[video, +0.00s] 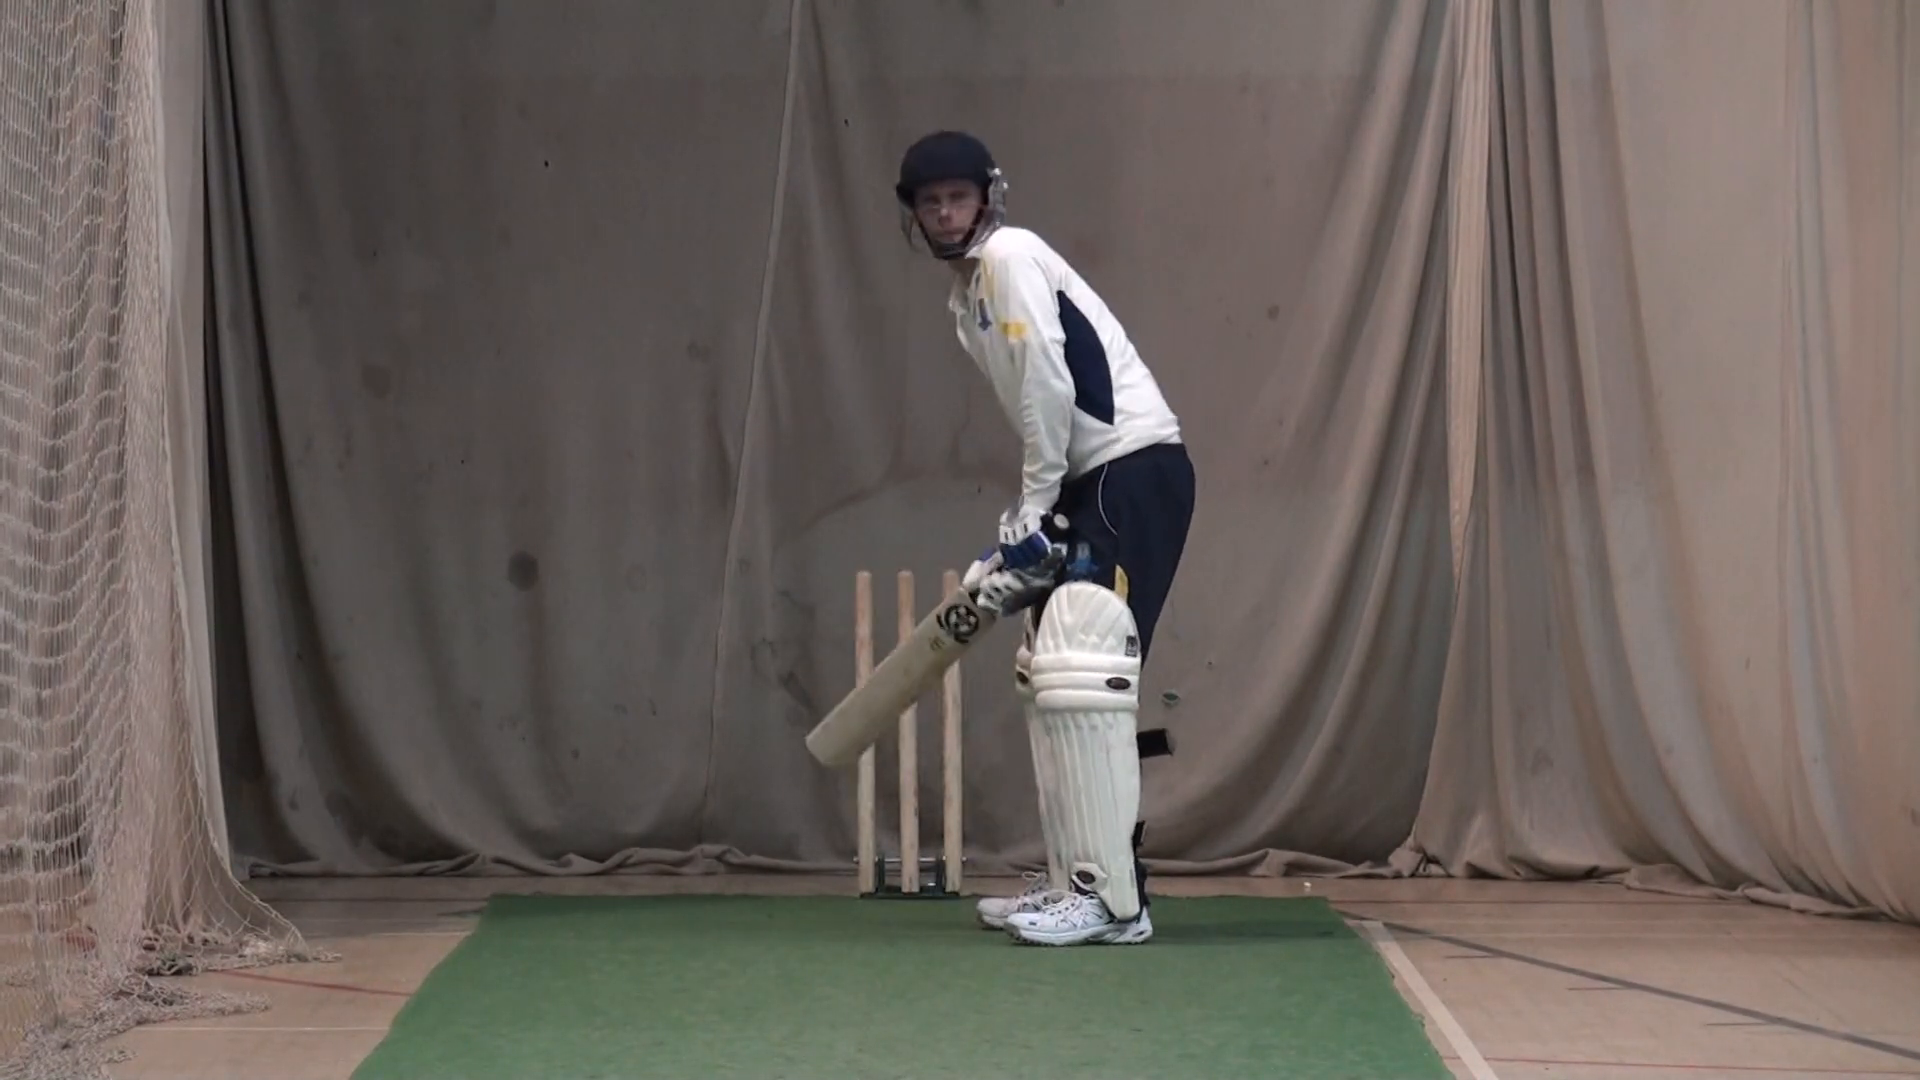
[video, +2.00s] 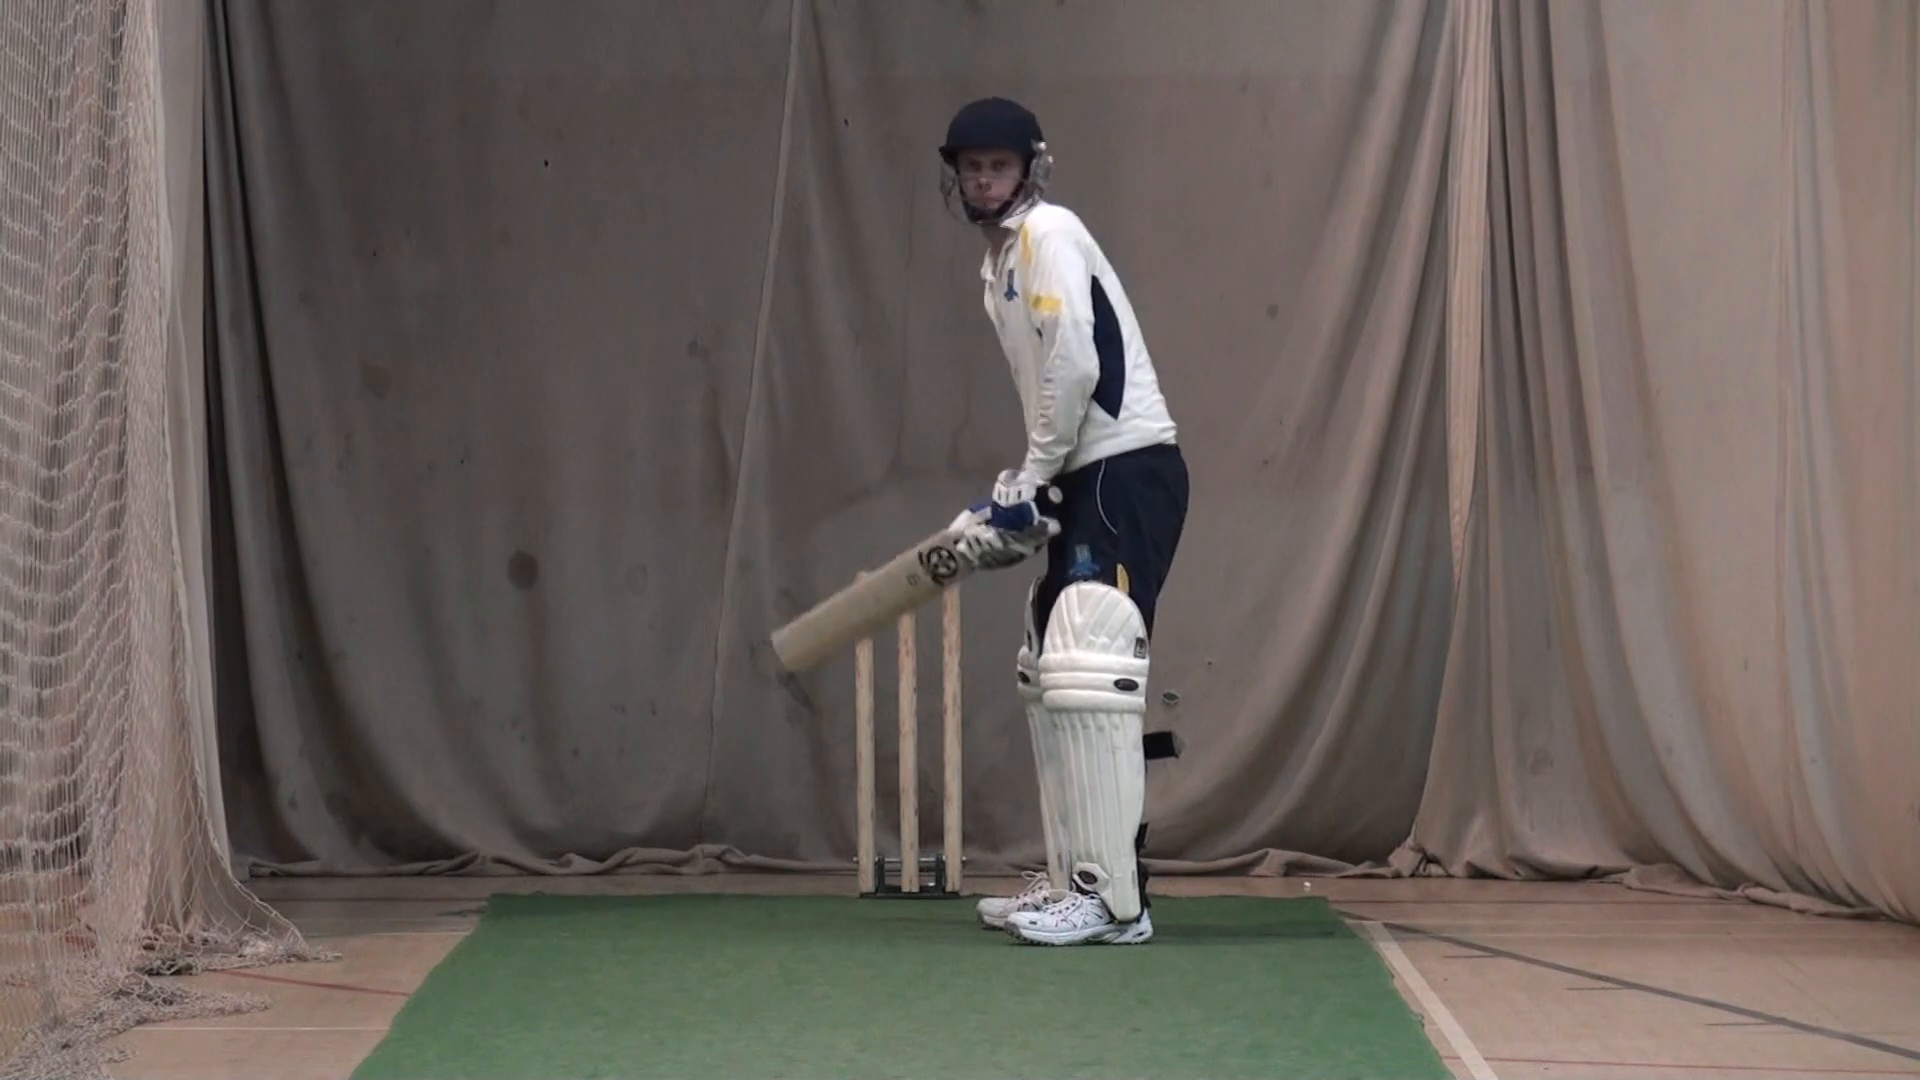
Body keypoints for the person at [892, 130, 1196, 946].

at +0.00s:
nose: (947, 215)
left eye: (961, 198)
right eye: (931, 203)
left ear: (988, 198)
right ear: (912, 215)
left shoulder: (1009, 259)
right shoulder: (971, 299)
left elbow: (1050, 398)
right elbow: (1038, 419)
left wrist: (1031, 518)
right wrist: (1023, 534)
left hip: (1134, 471)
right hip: (1092, 479)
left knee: (1091, 678)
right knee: (1061, 676)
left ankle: (1112, 898)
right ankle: (1079, 881)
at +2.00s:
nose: (983, 182)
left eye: (999, 166)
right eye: (970, 168)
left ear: (1030, 168)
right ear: (955, 174)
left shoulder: (1047, 234)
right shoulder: (1003, 264)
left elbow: (1073, 366)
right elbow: (1044, 397)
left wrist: (1028, 482)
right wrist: (1012, 504)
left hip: (1125, 471)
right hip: (1082, 479)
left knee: (1091, 677)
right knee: (1050, 675)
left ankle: (1113, 895)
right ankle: (1082, 877)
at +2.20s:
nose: (980, 186)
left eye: (994, 170)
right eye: (965, 174)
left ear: (1025, 171)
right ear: (950, 183)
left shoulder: (1042, 234)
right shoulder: (1001, 265)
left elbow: (1071, 369)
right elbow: (1043, 399)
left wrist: (1029, 478)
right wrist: (1008, 513)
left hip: (1125, 469)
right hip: (1084, 478)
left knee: (1091, 677)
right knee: (1052, 676)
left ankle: (1111, 896)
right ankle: (1080, 879)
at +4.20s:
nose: (951, 244)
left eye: (964, 227)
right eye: (934, 231)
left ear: (989, 227)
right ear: (913, 239)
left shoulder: (1011, 292)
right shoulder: (960, 331)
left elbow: (1051, 429)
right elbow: (1019, 455)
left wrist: (1036, 560)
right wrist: (1021, 576)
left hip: (1154, 473)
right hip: (1093, 486)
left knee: (1093, 670)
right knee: (1041, 669)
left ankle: (1124, 899)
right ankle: (1079, 885)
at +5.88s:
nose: (915, 316)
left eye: (927, 296)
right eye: (897, 303)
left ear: (950, 288)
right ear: (876, 307)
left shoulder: (986, 346)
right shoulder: (906, 371)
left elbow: (984, 471)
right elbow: (945, 450)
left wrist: (917, 525)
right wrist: (917, 467)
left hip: (1096, 535)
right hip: (1024, 555)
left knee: (1035, 696)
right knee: (978, 732)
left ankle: (997, 903)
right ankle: (1089, 892)